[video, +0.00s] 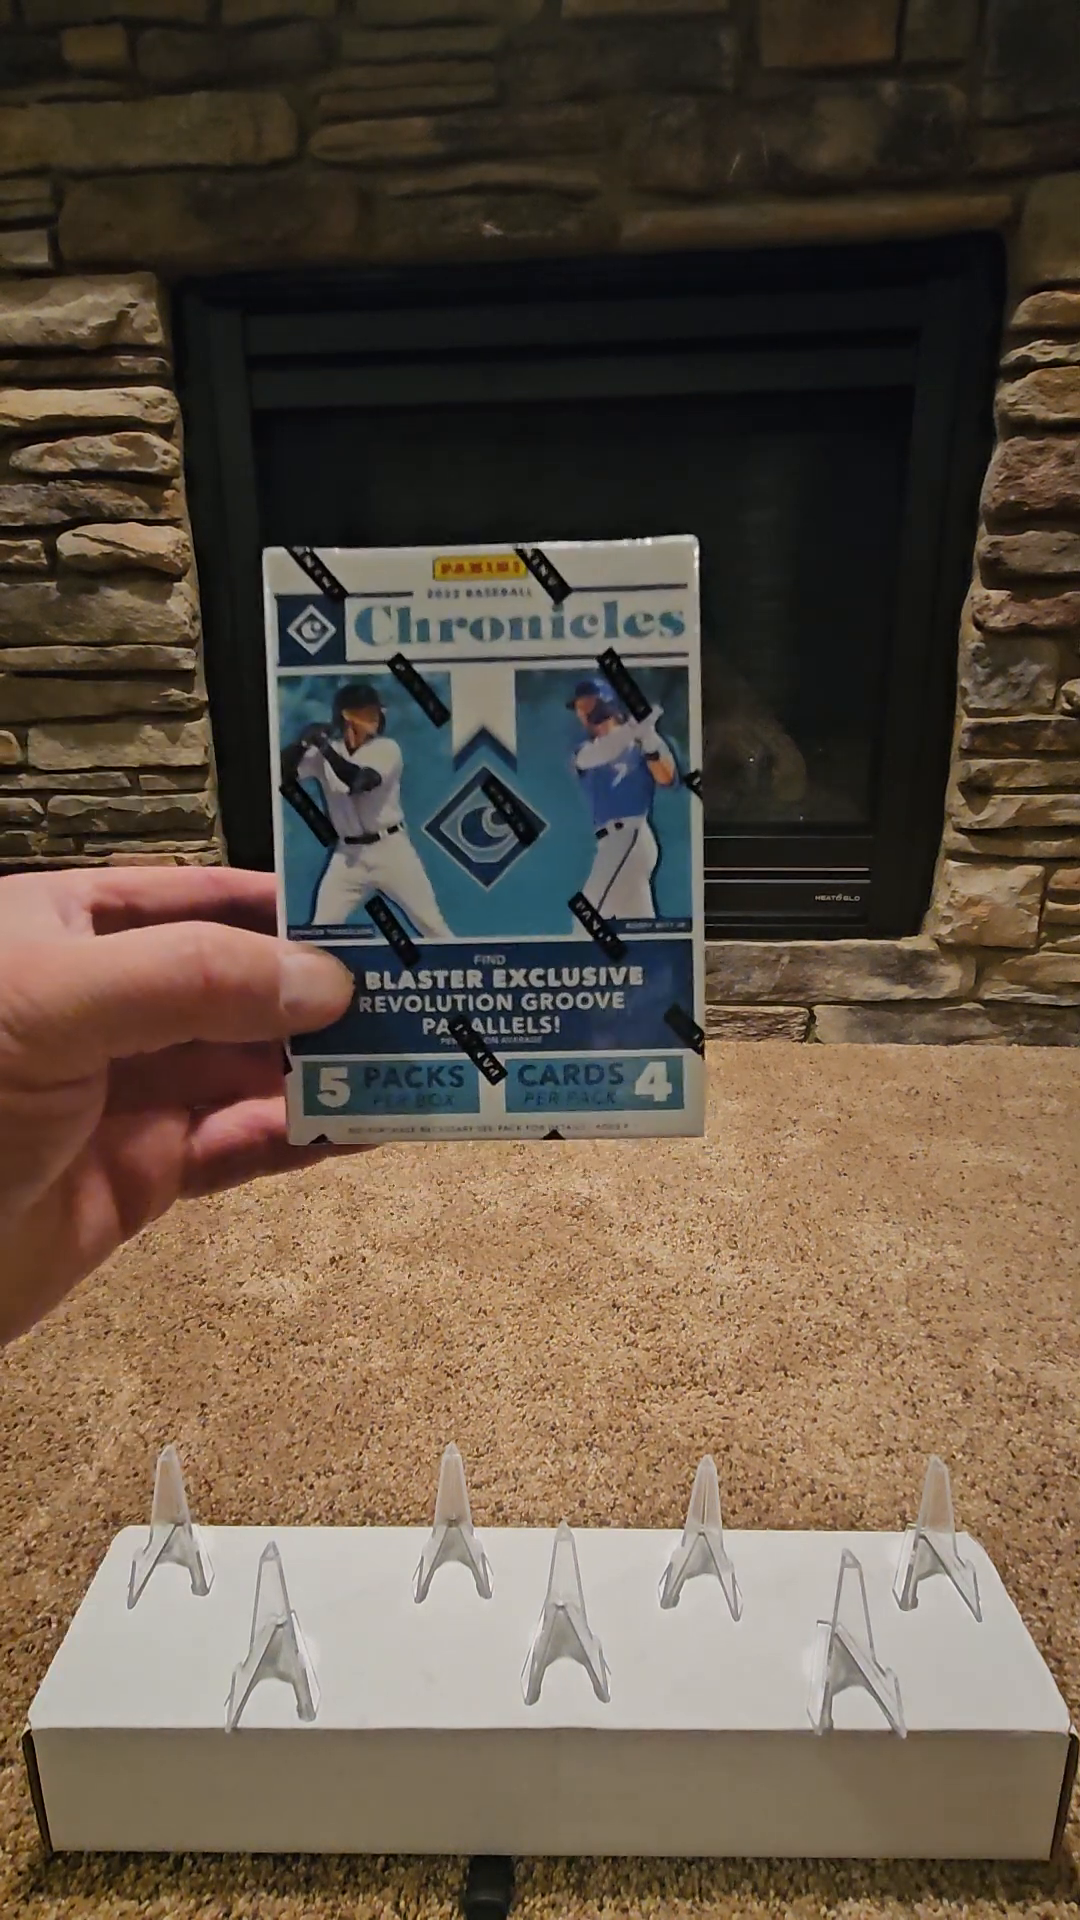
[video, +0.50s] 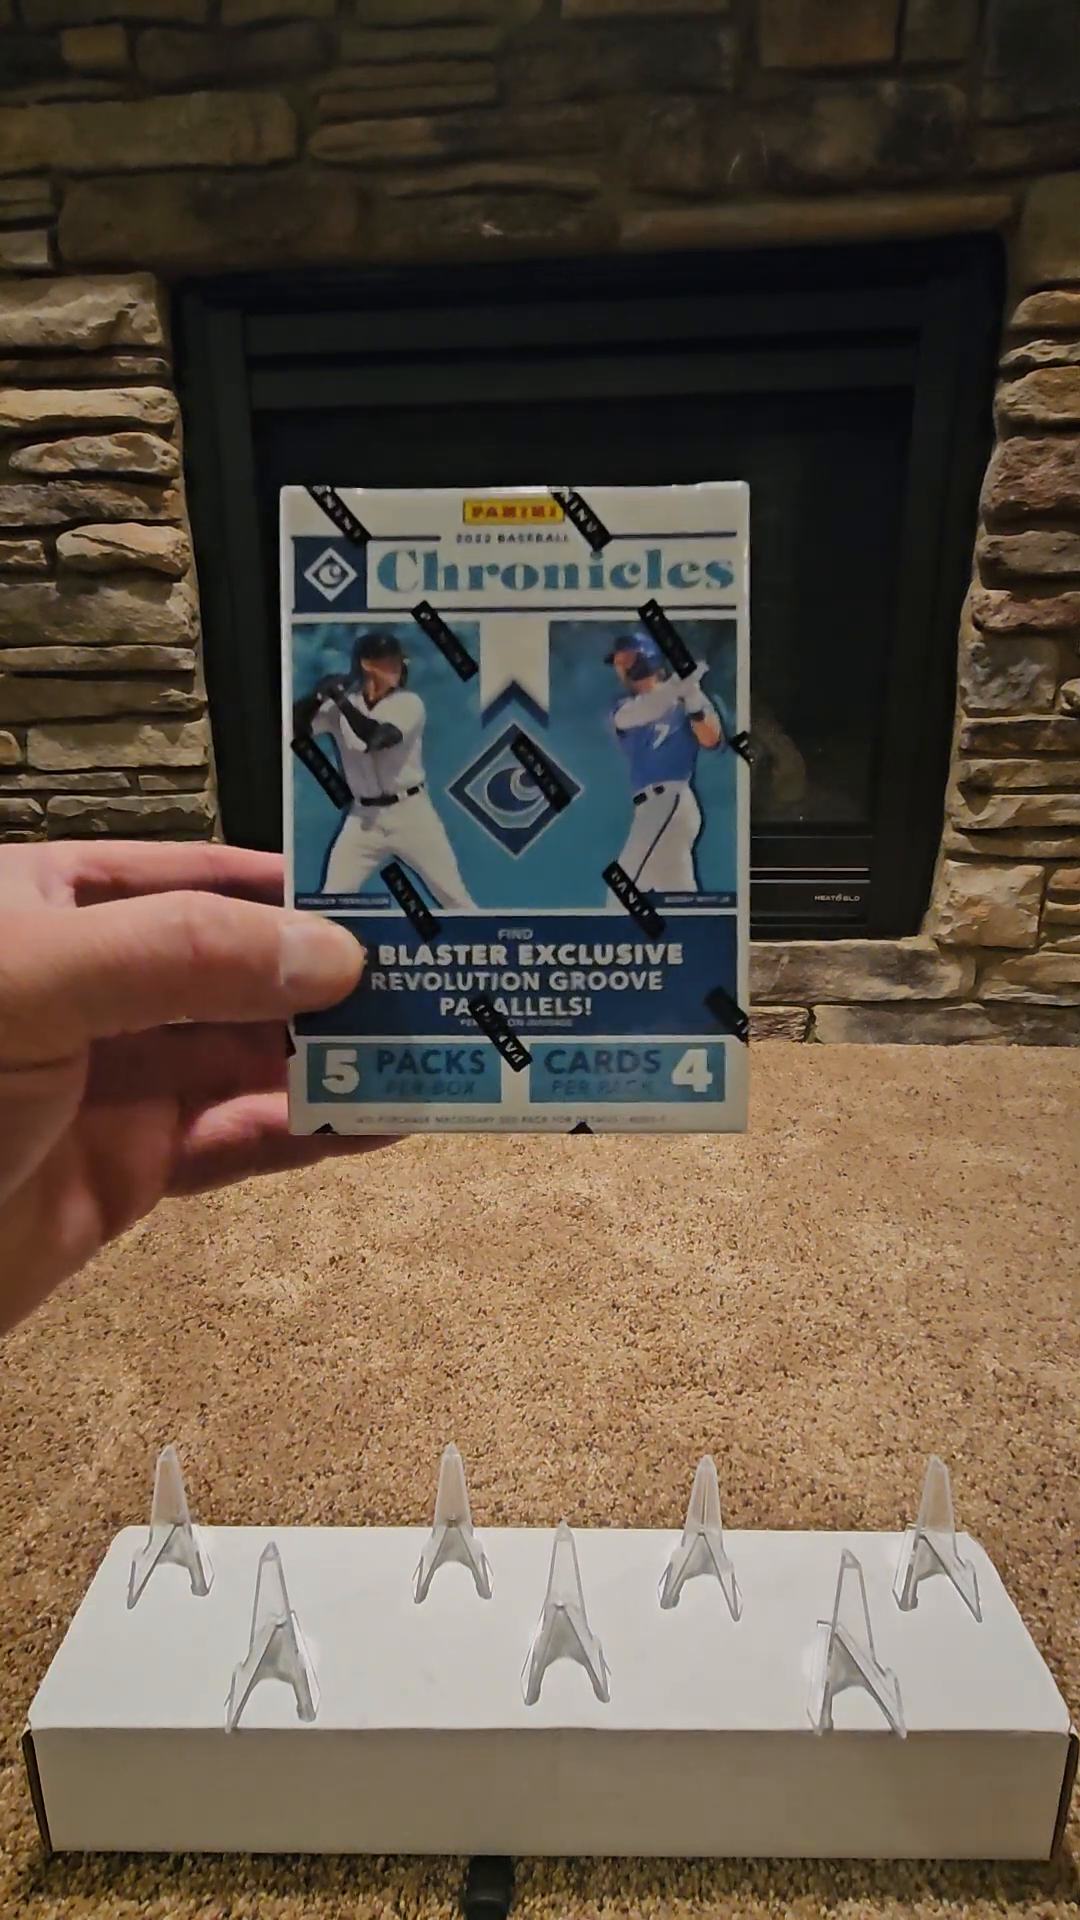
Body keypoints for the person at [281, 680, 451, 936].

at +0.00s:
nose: (375, 716)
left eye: (376, 710)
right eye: (366, 710)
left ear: (380, 713)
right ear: (347, 716)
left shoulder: (386, 748)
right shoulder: (322, 755)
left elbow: (358, 782)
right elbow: (281, 775)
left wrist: (324, 747)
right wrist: (302, 744)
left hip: (392, 851)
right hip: (347, 856)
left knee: (431, 925)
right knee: (322, 932)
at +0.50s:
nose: (396, 666)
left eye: (398, 659)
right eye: (388, 660)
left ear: (402, 664)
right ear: (366, 665)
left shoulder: (409, 703)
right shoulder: (338, 708)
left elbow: (376, 739)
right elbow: (295, 731)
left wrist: (340, 699)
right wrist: (317, 697)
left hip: (411, 813)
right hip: (363, 818)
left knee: (453, 896)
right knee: (333, 901)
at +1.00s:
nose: (401, 671)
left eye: (402, 665)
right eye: (393, 664)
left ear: (404, 669)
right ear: (369, 669)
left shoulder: (410, 708)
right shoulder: (340, 711)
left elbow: (378, 742)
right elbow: (295, 729)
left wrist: (343, 702)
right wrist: (321, 698)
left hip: (411, 817)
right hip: (362, 821)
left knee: (452, 900)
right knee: (331, 900)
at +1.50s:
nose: (402, 673)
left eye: (403, 667)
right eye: (394, 666)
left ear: (404, 671)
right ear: (371, 670)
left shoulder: (411, 709)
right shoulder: (341, 712)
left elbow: (377, 743)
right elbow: (293, 730)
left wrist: (343, 703)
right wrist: (321, 700)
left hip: (413, 819)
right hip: (364, 823)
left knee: (454, 903)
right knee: (332, 905)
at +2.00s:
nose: (396, 686)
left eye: (397, 680)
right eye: (388, 680)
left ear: (400, 685)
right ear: (365, 686)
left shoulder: (406, 725)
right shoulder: (335, 730)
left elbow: (373, 760)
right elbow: (288, 746)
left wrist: (338, 719)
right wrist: (313, 716)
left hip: (406, 836)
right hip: (357, 840)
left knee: (449, 922)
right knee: (325, 922)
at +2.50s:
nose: (392, 696)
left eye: (393, 690)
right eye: (384, 690)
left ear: (396, 694)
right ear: (361, 695)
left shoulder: (402, 734)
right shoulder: (331, 738)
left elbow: (369, 769)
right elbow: (285, 755)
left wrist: (334, 729)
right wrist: (311, 725)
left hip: (403, 845)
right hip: (354, 849)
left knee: (444, 929)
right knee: (322, 930)